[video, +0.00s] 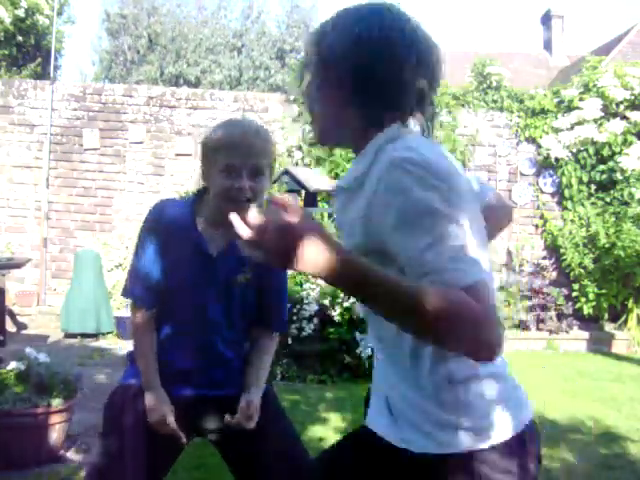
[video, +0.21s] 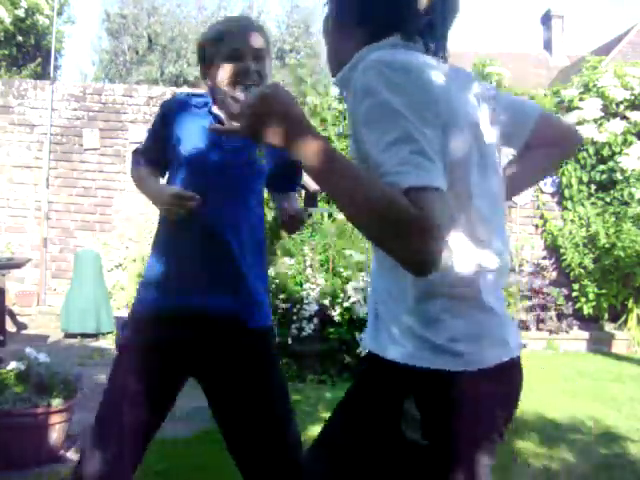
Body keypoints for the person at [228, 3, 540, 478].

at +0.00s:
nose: (306, 93)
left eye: (316, 77)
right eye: (310, 77)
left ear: (352, 81)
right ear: (399, 85)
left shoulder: (404, 170)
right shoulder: (408, 157)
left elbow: (480, 334)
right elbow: (497, 212)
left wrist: (329, 260)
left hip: (466, 451)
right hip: (402, 431)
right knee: (303, 475)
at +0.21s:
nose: (324, 35)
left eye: (329, 19)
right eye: (328, 19)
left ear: (347, 20)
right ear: (411, 22)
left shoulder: (381, 72)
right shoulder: (459, 80)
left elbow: (421, 245)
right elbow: (559, 138)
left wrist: (299, 137)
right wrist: (481, 195)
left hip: (427, 373)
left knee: (324, 474)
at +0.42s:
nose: (346, 102)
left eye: (347, 87)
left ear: (360, 86)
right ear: (447, 87)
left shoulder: (371, 163)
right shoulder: (499, 166)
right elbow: (548, 290)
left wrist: (269, 204)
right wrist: (457, 329)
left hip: (399, 433)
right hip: (482, 427)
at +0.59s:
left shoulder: (328, 26)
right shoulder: (484, 24)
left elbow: (292, 180)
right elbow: (599, 88)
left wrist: (288, 81)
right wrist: (500, 162)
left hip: (365, 304)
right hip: (470, 303)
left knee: (361, 462)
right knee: (444, 460)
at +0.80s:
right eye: (467, 17)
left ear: (373, 15)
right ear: (460, 16)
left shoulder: (325, 85)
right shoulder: (478, 64)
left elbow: (307, 218)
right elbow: (519, 153)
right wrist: (497, 237)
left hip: (336, 345)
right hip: (446, 350)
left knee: (333, 471)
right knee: (449, 470)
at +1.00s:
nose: (505, 71)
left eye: (508, 56)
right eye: (488, 52)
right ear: (427, 60)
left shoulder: (437, 152)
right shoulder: (396, 137)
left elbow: (428, 261)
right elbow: (297, 270)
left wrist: (485, 202)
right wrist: (429, 308)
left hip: (427, 399)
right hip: (381, 406)